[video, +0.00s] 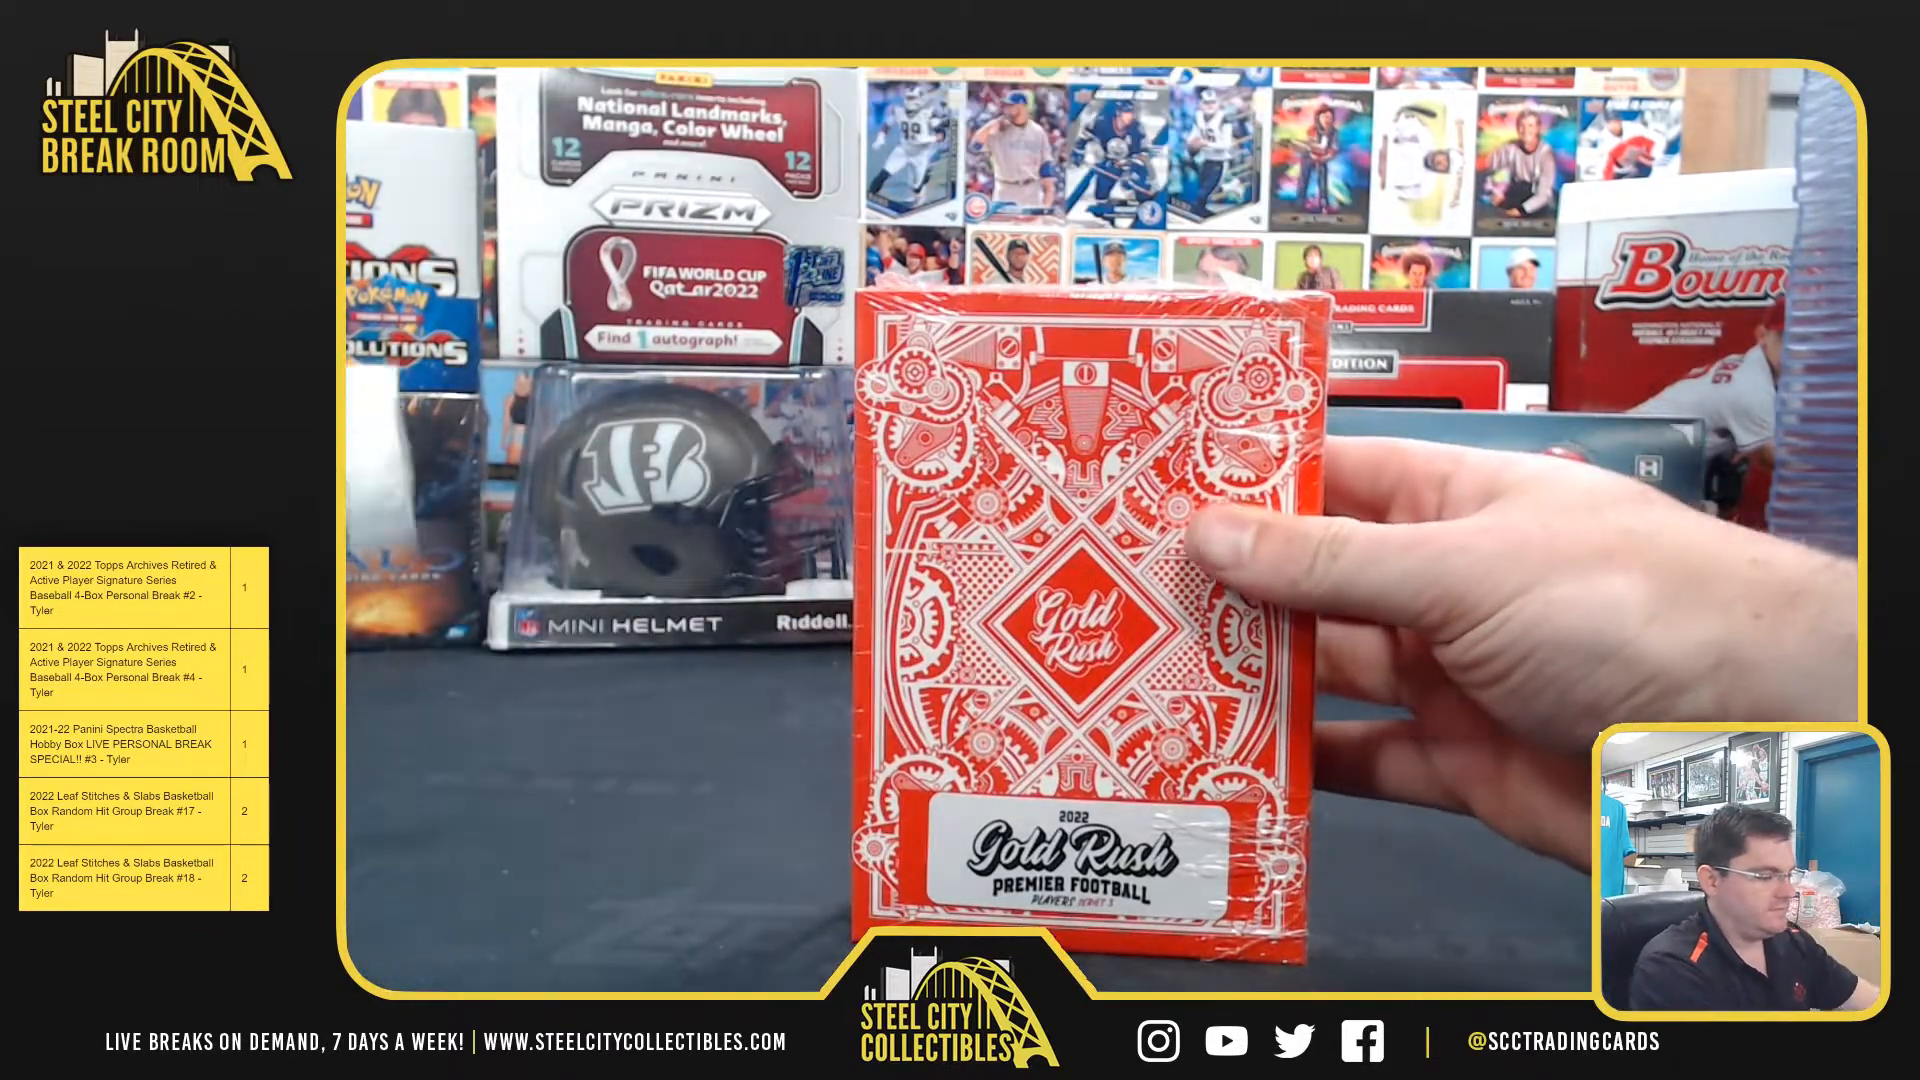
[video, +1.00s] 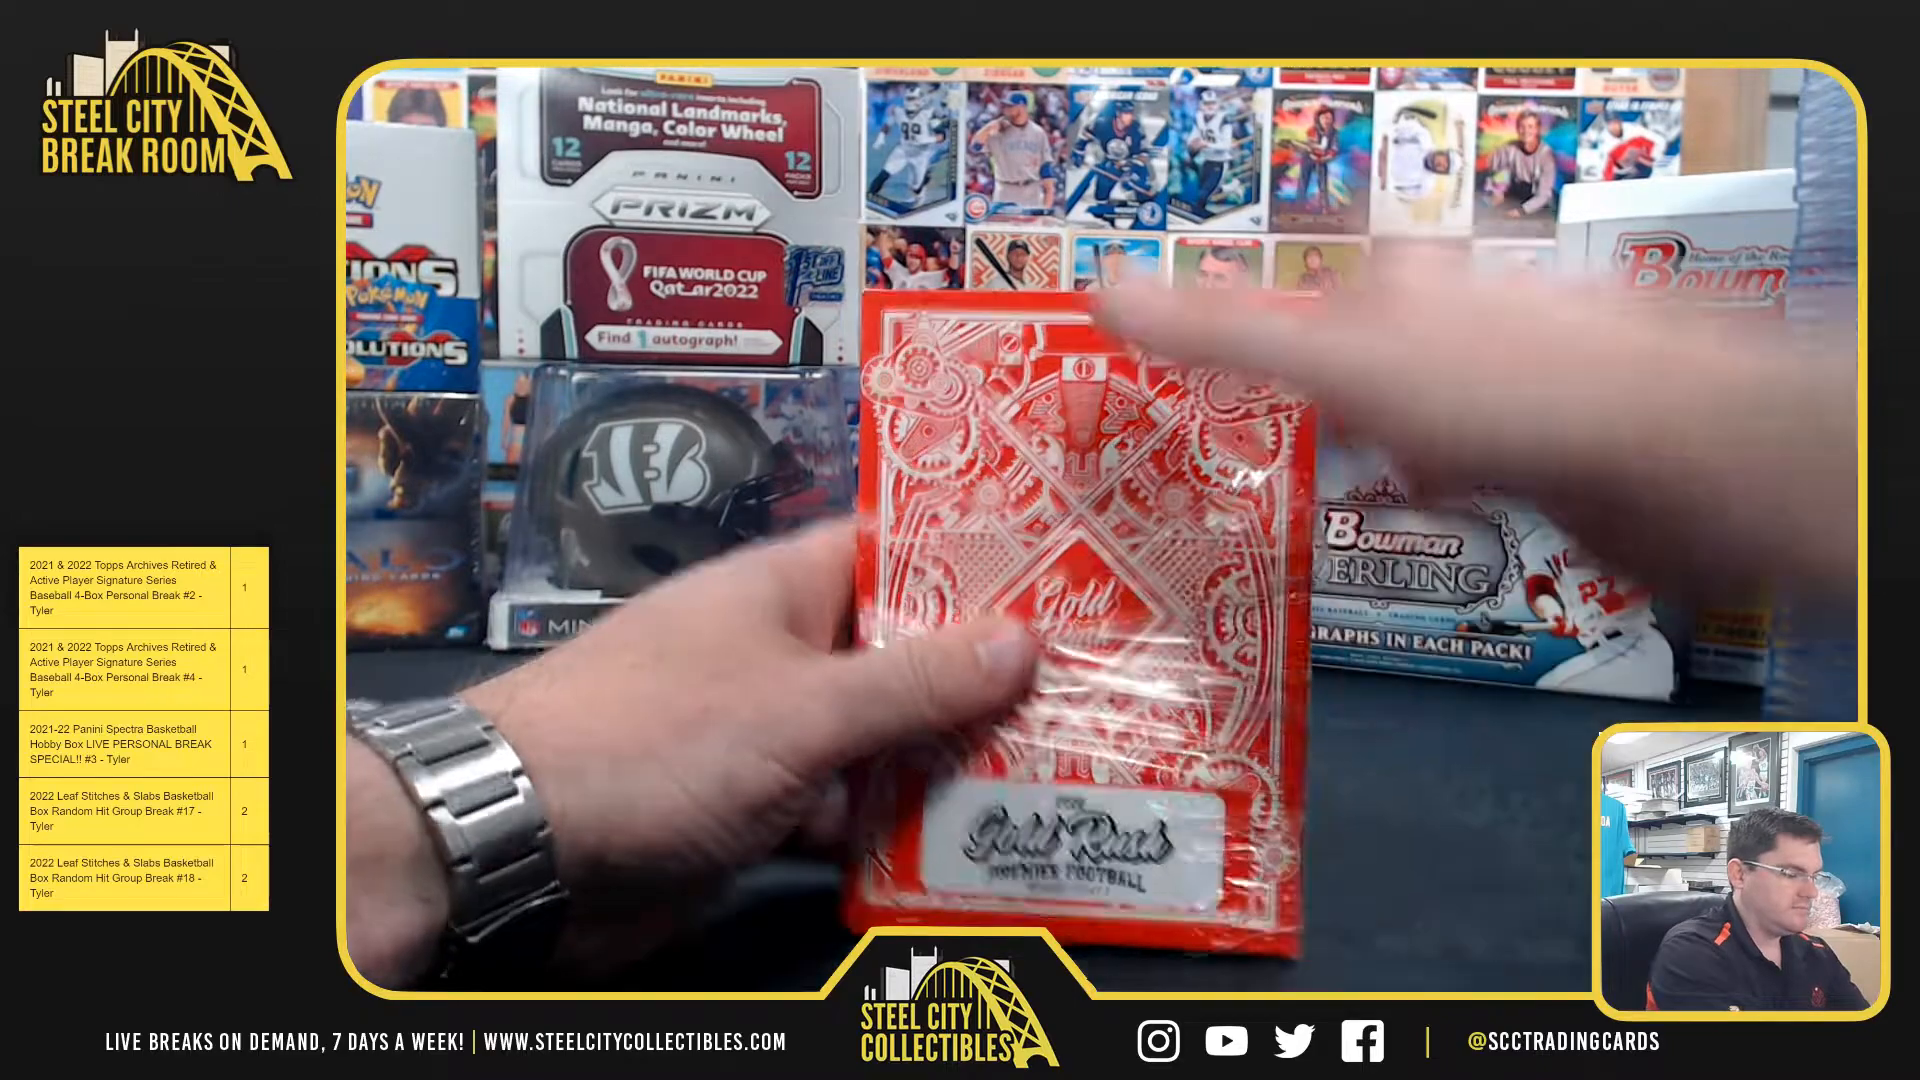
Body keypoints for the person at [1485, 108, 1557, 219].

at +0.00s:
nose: (1526, 130)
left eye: (1531, 126)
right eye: (1522, 126)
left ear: (1538, 128)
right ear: (1518, 129)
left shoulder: (1545, 153)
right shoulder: (1508, 150)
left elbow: (1545, 192)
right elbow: (1489, 176)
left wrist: (1523, 209)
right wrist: (1495, 194)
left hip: (1535, 188)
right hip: (1513, 188)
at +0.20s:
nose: (1526, 130)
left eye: (1531, 126)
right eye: (1522, 126)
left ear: (1538, 128)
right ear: (1518, 129)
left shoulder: (1545, 154)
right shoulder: (1508, 150)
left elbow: (1545, 192)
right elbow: (1488, 176)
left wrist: (1523, 209)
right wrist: (1495, 194)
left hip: (1535, 188)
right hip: (1513, 188)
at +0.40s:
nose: (1526, 130)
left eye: (1531, 126)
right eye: (1522, 126)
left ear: (1538, 128)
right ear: (1518, 130)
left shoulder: (1545, 154)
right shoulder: (1507, 150)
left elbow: (1545, 192)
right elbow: (1488, 176)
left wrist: (1523, 209)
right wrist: (1495, 194)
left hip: (1535, 188)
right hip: (1513, 188)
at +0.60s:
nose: (1526, 131)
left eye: (1531, 126)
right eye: (1522, 126)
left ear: (1538, 129)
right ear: (1518, 130)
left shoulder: (1545, 154)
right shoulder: (1507, 150)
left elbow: (1545, 192)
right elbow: (1489, 176)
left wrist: (1523, 209)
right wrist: (1495, 194)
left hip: (1535, 188)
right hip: (1513, 188)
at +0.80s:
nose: (1526, 131)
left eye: (1531, 126)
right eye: (1522, 126)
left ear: (1539, 129)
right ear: (1518, 130)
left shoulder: (1545, 153)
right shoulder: (1509, 150)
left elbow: (1545, 192)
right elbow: (1486, 173)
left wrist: (1523, 209)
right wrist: (1493, 194)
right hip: (1514, 188)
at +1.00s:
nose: (1526, 131)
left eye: (1530, 127)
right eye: (1522, 127)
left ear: (1538, 129)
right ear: (1517, 130)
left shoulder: (1546, 156)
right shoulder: (1509, 150)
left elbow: (1545, 193)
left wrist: (1523, 210)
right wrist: (1495, 192)